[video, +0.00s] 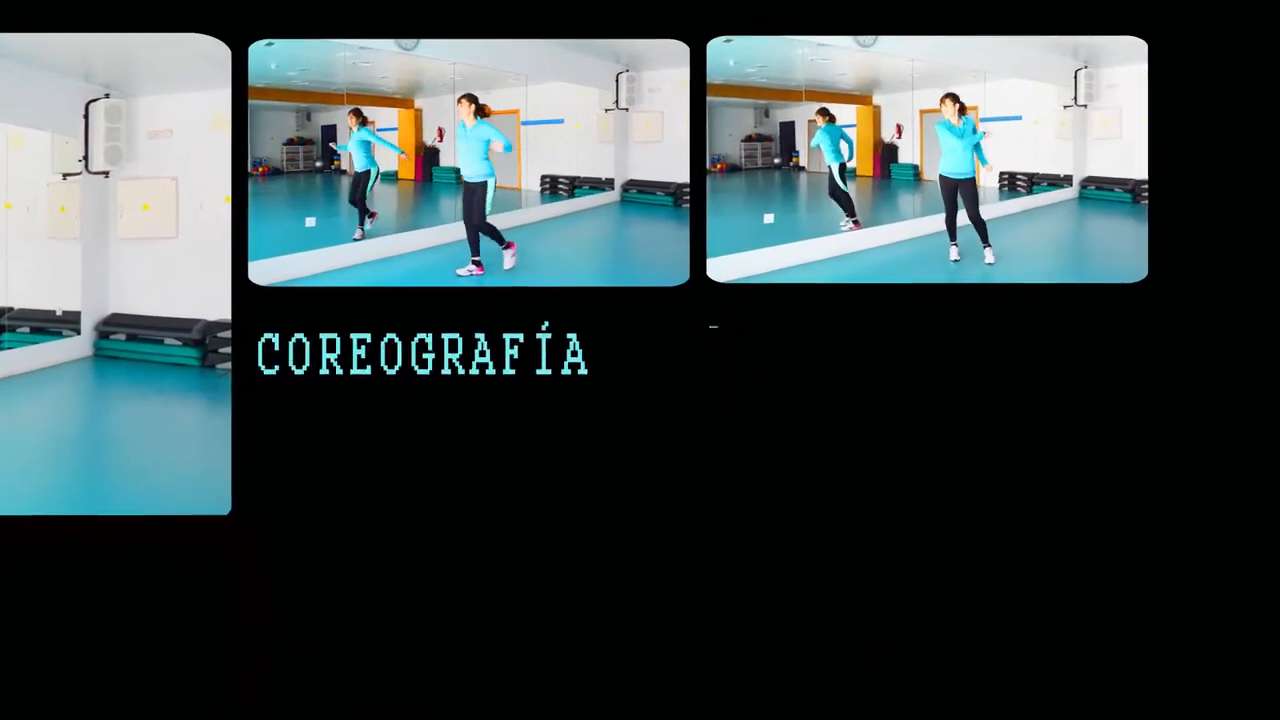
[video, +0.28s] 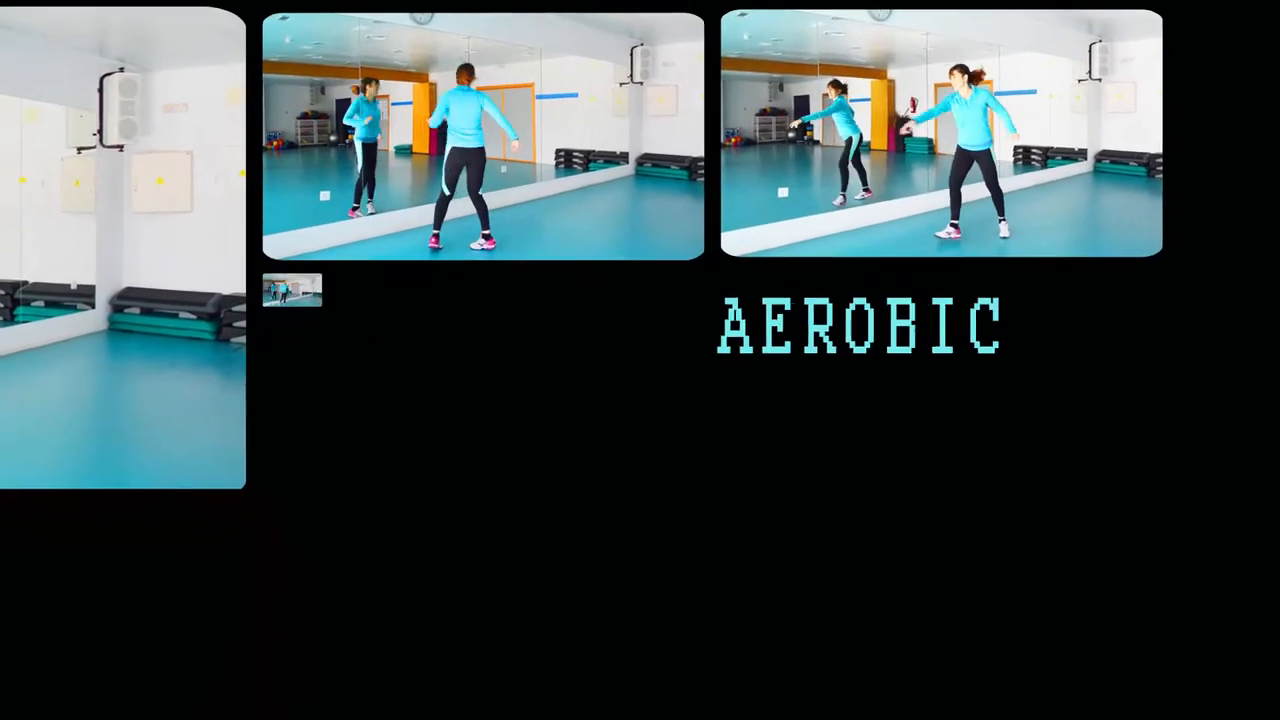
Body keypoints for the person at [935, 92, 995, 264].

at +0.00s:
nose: (943, 108)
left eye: (946, 104)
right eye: (942, 105)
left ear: (956, 106)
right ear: (942, 108)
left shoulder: (969, 122)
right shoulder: (941, 126)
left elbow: (975, 144)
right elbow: (960, 142)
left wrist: (984, 162)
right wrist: (980, 135)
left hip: (967, 176)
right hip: (947, 176)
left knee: (973, 214)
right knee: (950, 213)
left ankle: (987, 247)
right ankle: (953, 245)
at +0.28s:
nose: (951, 81)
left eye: (954, 76)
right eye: (950, 77)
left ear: (965, 77)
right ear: (953, 79)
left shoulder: (983, 94)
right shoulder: (951, 99)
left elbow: (1000, 110)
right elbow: (934, 111)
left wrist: (1011, 129)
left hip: (983, 149)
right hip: (963, 149)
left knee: (992, 184)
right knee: (954, 184)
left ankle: (1002, 221)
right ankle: (954, 226)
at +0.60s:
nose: (949, 54)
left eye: (952, 51)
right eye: (950, 51)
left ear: (963, 53)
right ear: (959, 53)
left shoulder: (976, 74)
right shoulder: (954, 73)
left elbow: (995, 93)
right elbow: (958, 94)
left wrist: (981, 95)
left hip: (976, 125)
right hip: (962, 125)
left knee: (962, 166)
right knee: (961, 167)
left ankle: (990, 196)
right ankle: (971, 209)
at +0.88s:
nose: (974, 37)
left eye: (974, 34)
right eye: (973, 34)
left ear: (956, 34)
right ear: (968, 34)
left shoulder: (944, 51)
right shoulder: (977, 52)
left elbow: (929, 75)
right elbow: (993, 74)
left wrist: (939, 76)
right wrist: (1008, 95)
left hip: (949, 106)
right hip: (971, 107)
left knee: (944, 148)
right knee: (973, 149)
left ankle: (935, 192)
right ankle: (982, 193)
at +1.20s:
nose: (971, 15)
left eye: (972, 12)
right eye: (967, 12)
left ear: (972, 16)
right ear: (956, 16)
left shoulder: (969, 38)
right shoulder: (949, 35)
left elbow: (969, 58)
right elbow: (928, 51)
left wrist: (981, 54)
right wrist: (913, 67)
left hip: (963, 91)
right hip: (950, 90)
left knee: (953, 133)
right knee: (948, 134)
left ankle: (943, 175)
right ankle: (926, 182)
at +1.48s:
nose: (959, 7)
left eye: (962, 4)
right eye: (955, 4)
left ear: (965, 8)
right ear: (948, 7)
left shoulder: (971, 29)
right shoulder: (936, 28)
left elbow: (995, 45)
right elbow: (920, 56)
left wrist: (1004, 36)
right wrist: (917, 46)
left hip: (960, 88)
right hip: (938, 88)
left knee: (968, 132)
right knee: (938, 134)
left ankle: (959, 162)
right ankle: (930, 178)